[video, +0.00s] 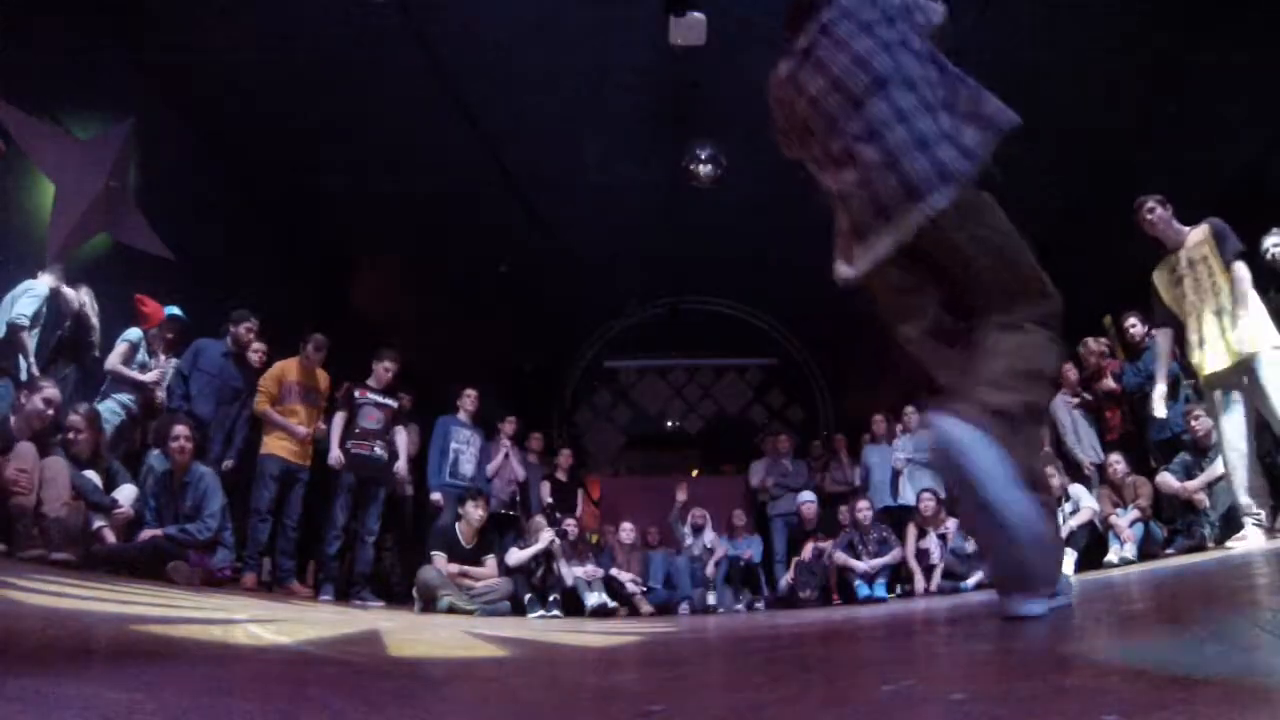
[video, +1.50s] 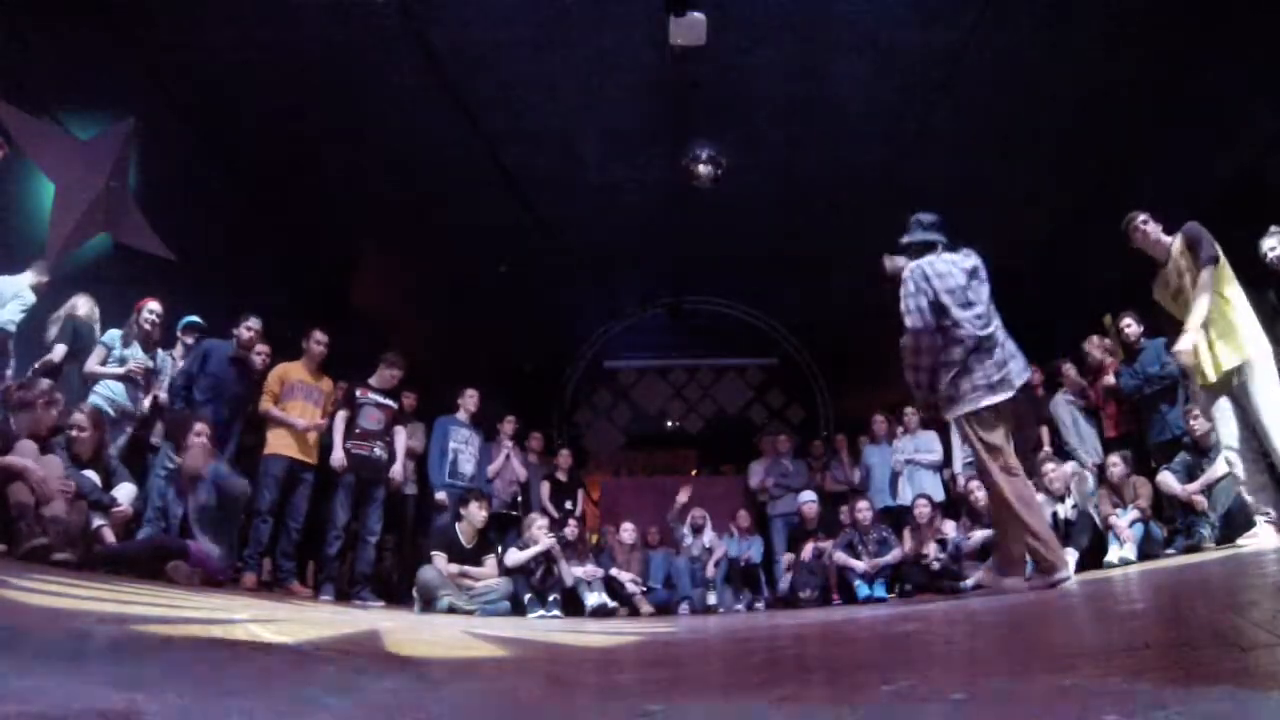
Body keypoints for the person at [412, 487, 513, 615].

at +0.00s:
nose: (481, 513)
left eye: (484, 509)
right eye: (475, 507)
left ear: (487, 512)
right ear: (461, 510)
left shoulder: (485, 536)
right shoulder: (442, 532)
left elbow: (493, 572)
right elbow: (441, 569)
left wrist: (461, 569)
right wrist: (475, 584)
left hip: (477, 589)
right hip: (447, 587)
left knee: (507, 585)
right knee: (426, 573)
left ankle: (456, 604)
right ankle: (475, 609)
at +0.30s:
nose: (480, 514)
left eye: (483, 509)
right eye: (475, 507)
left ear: (487, 512)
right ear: (460, 510)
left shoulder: (485, 536)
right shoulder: (442, 532)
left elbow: (493, 572)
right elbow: (441, 569)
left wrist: (461, 569)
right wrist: (474, 584)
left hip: (477, 589)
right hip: (448, 587)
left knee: (507, 585)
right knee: (426, 573)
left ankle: (455, 604)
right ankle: (476, 609)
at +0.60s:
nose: (481, 513)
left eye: (484, 509)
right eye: (475, 507)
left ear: (487, 512)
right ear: (460, 510)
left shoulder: (485, 537)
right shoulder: (442, 532)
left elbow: (493, 572)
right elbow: (442, 570)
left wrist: (461, 569)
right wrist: (474, 584)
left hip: (476, 589)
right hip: (447, 587)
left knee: (507, 584)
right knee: (426, 573)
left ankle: (455, 604)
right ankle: (476, 609)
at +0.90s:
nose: (483, 514)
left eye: (485, 509)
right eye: (477, 508)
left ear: (488, 512)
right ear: (461, 510)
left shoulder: (485, 538)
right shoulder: (442, 532)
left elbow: (493, 572)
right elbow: (442, 570)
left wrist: (461, 569)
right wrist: (474, 584)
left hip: (477, 589)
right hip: (447, 587)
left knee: (507, 584)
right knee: (426, 573)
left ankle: (455, 604)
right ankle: (476, 609)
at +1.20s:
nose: (484, 514)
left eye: (486, 509)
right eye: (478, 508)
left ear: (488, 511)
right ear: (462, 510)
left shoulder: (485, 537)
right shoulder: (443, 530)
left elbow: (493, 572)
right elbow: (441, 569)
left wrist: (461, 569)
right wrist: (474, 584)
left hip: (477, 589)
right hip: (447, 587)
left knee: (507, 584)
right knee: (426, 573)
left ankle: (455, 604)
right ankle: (476, 609)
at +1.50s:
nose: (485, 514)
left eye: (486, 509)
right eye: (479, 508)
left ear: (489, 511)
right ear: (463, 510)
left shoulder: (485, 538)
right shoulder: (443, 532)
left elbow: (493, 572)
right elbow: (441, 569)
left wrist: (462, 569)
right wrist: (474, 584)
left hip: (477, 590)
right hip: (448, 588)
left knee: (506, 584)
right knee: (426, 573)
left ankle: (454, 605)